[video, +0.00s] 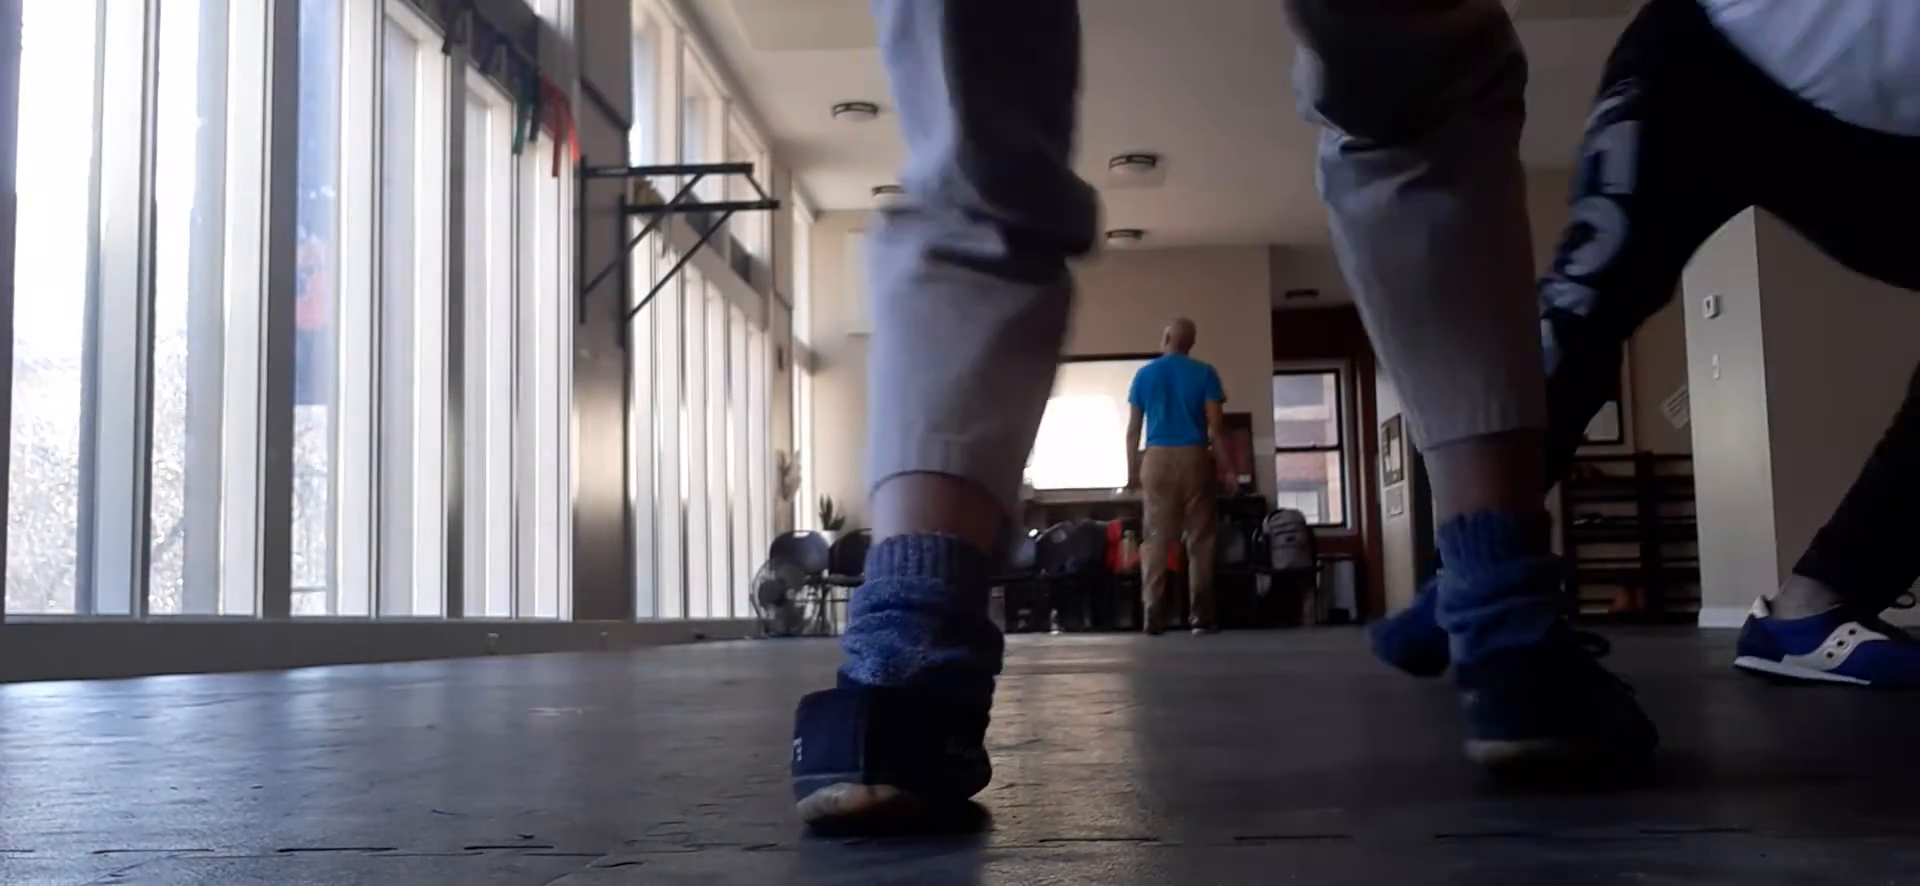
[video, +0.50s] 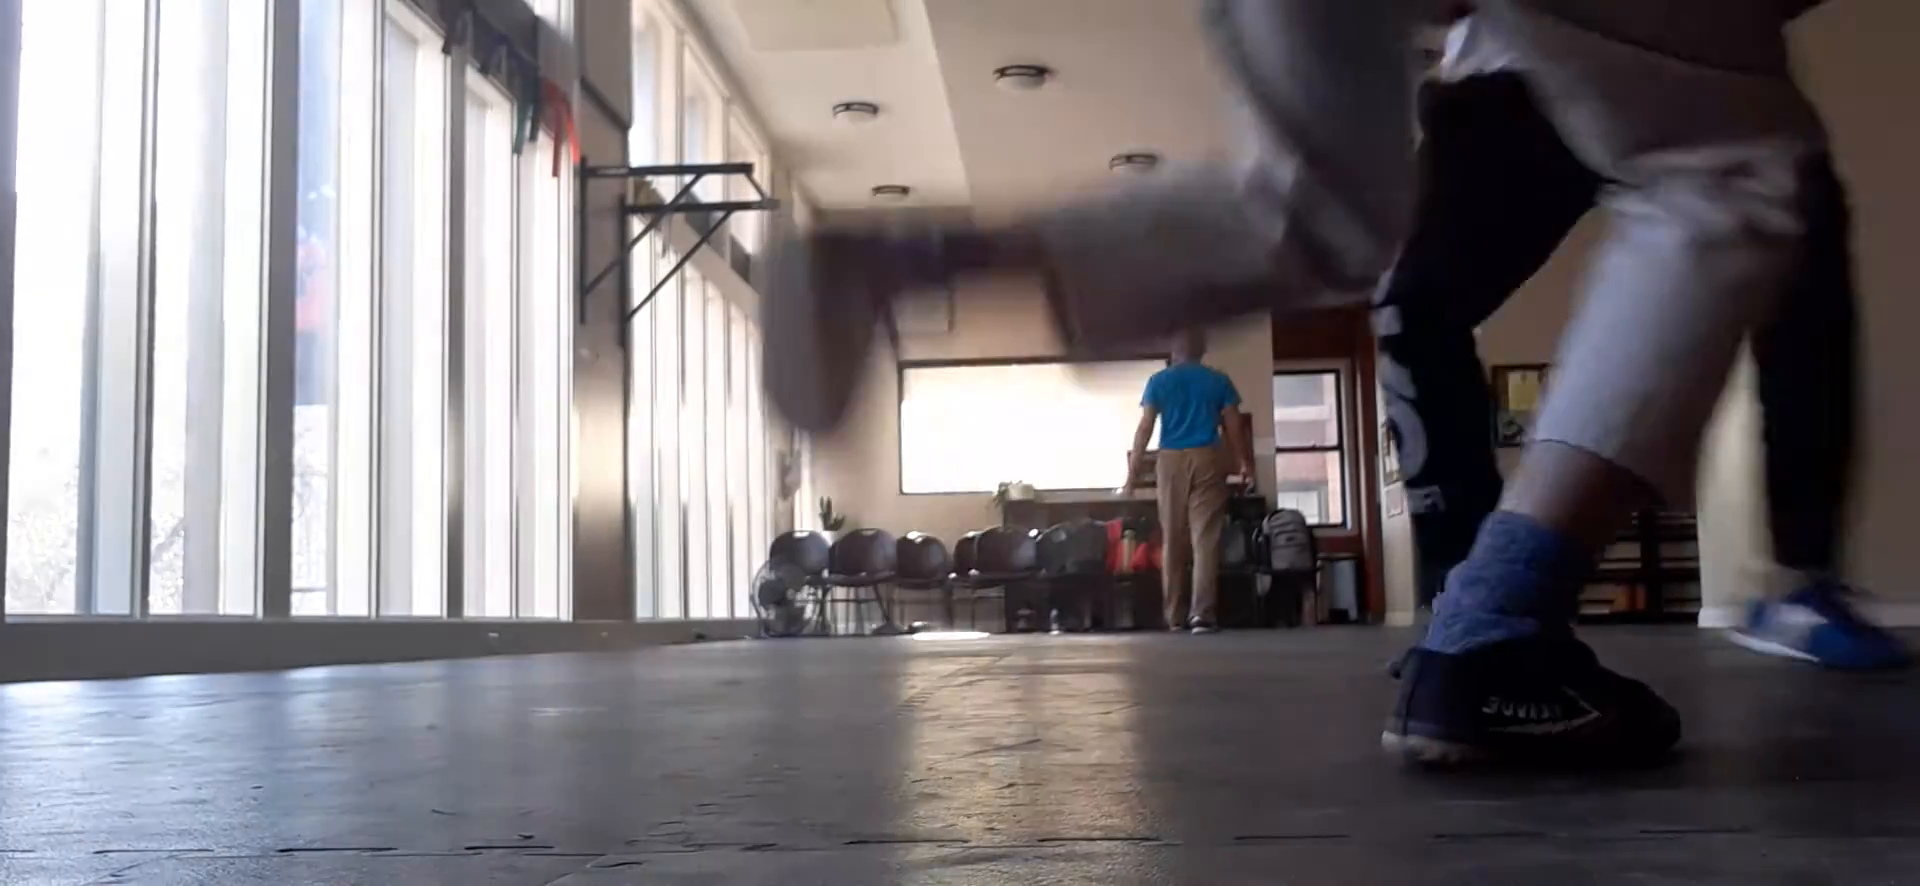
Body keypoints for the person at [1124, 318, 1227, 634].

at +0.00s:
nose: (1162, 343)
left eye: (1164, 338)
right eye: (1170, 338)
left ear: (1165, 340)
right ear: (1192, 344)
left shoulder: (1145, 374)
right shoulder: (1204, 373)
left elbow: (1133, 430)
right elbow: (1215, 427)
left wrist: (1132, 471)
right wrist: (1226, 467)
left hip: (1156, 454)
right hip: (1194, 454)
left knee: (1155, 535)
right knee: (1199, 536)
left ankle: (1152, 612)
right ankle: (1200, 615)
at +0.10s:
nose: (1167, 342)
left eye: (1169, 337)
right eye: (1172, 337)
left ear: (1172, 340)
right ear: (1197, 344)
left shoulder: (1152, 374)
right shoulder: (1211, 373)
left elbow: (1139, 430)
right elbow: (1222, 426)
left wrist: (1131, 472)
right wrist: (1233, 466)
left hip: (1164, 456)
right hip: (1201, 455)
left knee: (1155, 530)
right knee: (1202, 535)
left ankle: (1154, 586)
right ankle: (1200, 613)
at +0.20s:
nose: (1171, 343)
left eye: (1173, 338)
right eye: (1176, 338)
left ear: (1175, 341)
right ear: (1201, 345)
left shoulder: (1156, 373)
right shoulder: (1216, 374)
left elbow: (1142, 426)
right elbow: (1228, 424)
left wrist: (1133, 469)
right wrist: (1238, 464)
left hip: (1167, 456)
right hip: (1204, 455)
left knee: (1158, 531)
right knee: (1203, 534)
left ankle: (1156, 594)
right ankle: (1201, 613)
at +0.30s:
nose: (1176, 346)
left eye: (1177, 341)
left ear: (1178, 343)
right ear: (1203, 346)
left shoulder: (1159, 374)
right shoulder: (1218, 375)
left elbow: (1144, 425)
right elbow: (1232, 423)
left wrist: (1133, 468)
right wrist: (1243, 463)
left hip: (1169, 454)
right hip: (1207, 453)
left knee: (1164, 533)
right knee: (1204, 535)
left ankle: (1158, 612)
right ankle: (1201, 613)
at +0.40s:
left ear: (1178, 349)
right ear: (1204, 347)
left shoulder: (1162, 374)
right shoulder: (1218, 376)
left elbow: (1144, 428)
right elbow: (1233, 422)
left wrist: (1131, 480)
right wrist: (1245, 461)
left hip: (1170, 454)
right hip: (1206, 452)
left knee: (1170, 538)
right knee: (1204, 538)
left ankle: (1163, 616)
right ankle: (1201, 614)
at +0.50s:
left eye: (1175, 346)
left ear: (1173, 352)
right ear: (1202, 350)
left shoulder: (1158, 381)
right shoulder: (1219, 380)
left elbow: (1145, 428)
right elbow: (1233, 426)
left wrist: (1133, 472)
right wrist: (1244, 462)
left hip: (1170, 457)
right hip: (1208, 455)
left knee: (1172, 536)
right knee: (1205, 536)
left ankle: (1173, 615)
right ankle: (1202, 614)